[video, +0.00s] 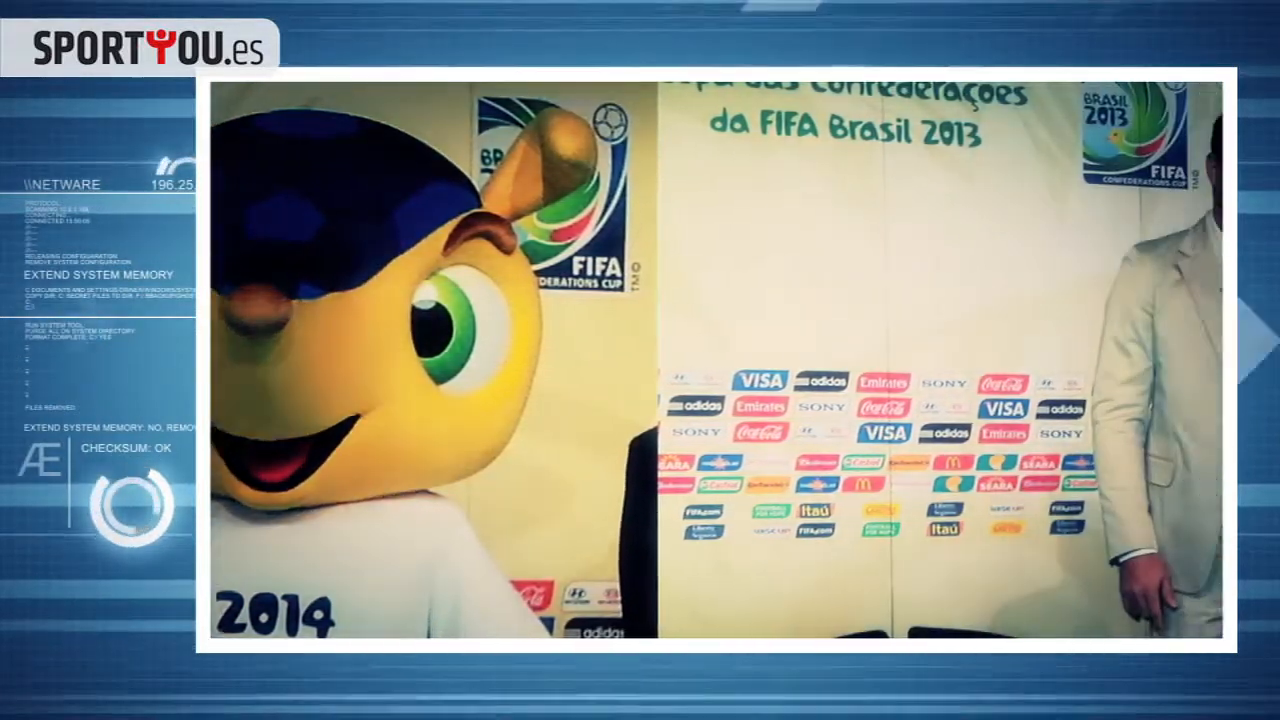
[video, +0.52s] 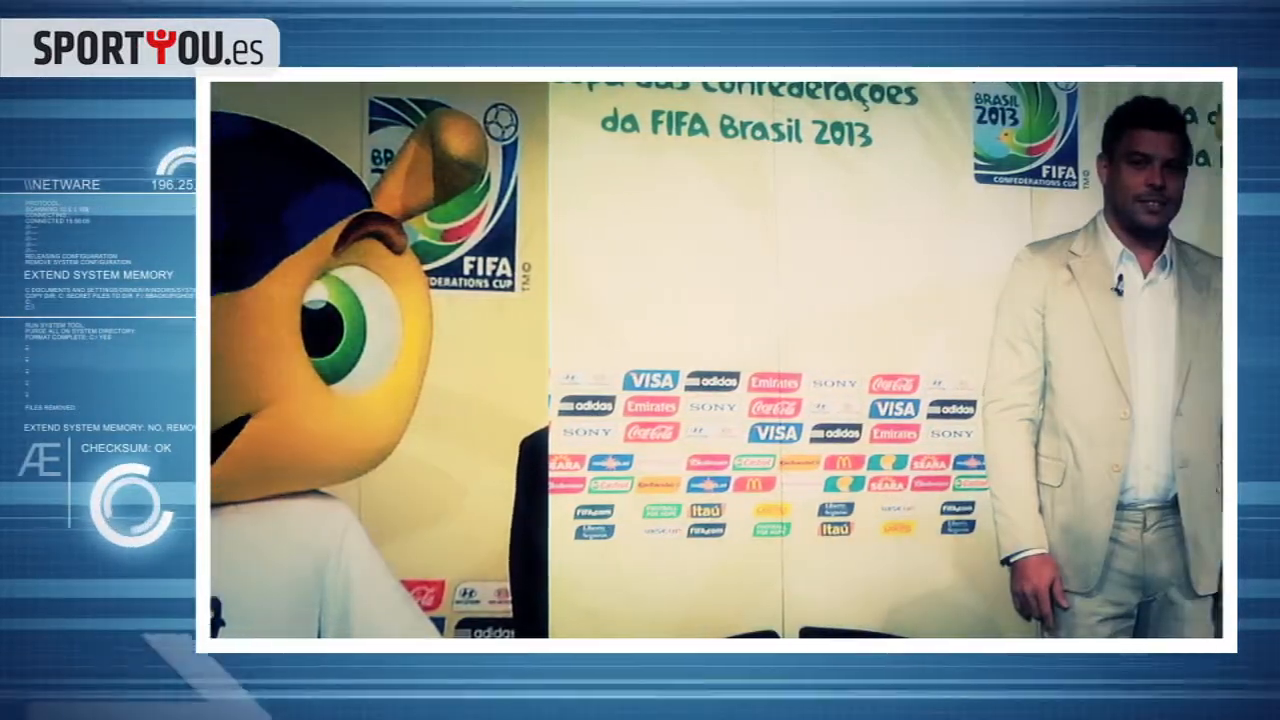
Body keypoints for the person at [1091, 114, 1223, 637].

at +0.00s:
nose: (1244, 174)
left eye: (1256, 160)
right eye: (1234, 159)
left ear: (1273, 168)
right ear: (1210, 168)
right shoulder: (1154, 270)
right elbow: (1117, 414)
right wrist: (1136, 549)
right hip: (1198, 578)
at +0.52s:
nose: (1157, 180)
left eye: (1172, 166)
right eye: (1139, 162)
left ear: (1187, 179)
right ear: (1104, 170)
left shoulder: (1222, 280)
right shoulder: (1042, 271)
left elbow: (1241, 421)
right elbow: (1008, 415)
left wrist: (1239, 552)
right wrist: (1024, 548)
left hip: (1193, 544)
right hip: (1086, 544)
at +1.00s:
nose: (1056, 180)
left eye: (1072, 166)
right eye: (1038, 162)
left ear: (1086, 178)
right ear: (1003, 169)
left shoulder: (1118, 282)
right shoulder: (941, 270)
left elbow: (1142, 422)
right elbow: (907, 414)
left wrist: (1145, 542)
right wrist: (924, 549)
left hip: (1091, 543)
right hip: (984, 546)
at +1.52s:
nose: (947, 180)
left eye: (963, 166)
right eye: (929, 162)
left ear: (976, 178)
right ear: (894, 170)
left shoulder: (1010, 283)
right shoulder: (832, 271)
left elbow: (1033, 423)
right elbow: (798, 414)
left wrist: (1036, 543)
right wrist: (815, 549)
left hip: (983, 544)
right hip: (874, 546)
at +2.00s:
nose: (846, 180)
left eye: (862, 166)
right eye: (828, 162)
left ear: (875, 178)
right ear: (793, 169)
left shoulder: (909, 282)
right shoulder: (731, 270)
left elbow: (932, 423)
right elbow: (697, 414)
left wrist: (935, 543)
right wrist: (714, 549)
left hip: (881, 543)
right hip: (773, 545)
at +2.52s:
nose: (738, 180)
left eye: (754, 166)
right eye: (719, 162)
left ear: (767, 177)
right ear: (684, 169)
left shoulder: (800, 283)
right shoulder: (621, 271)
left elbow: (823, 423)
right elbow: (589, 415)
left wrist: (826, 543)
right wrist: (606, 549)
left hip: (773, 542)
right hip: (665, 544)